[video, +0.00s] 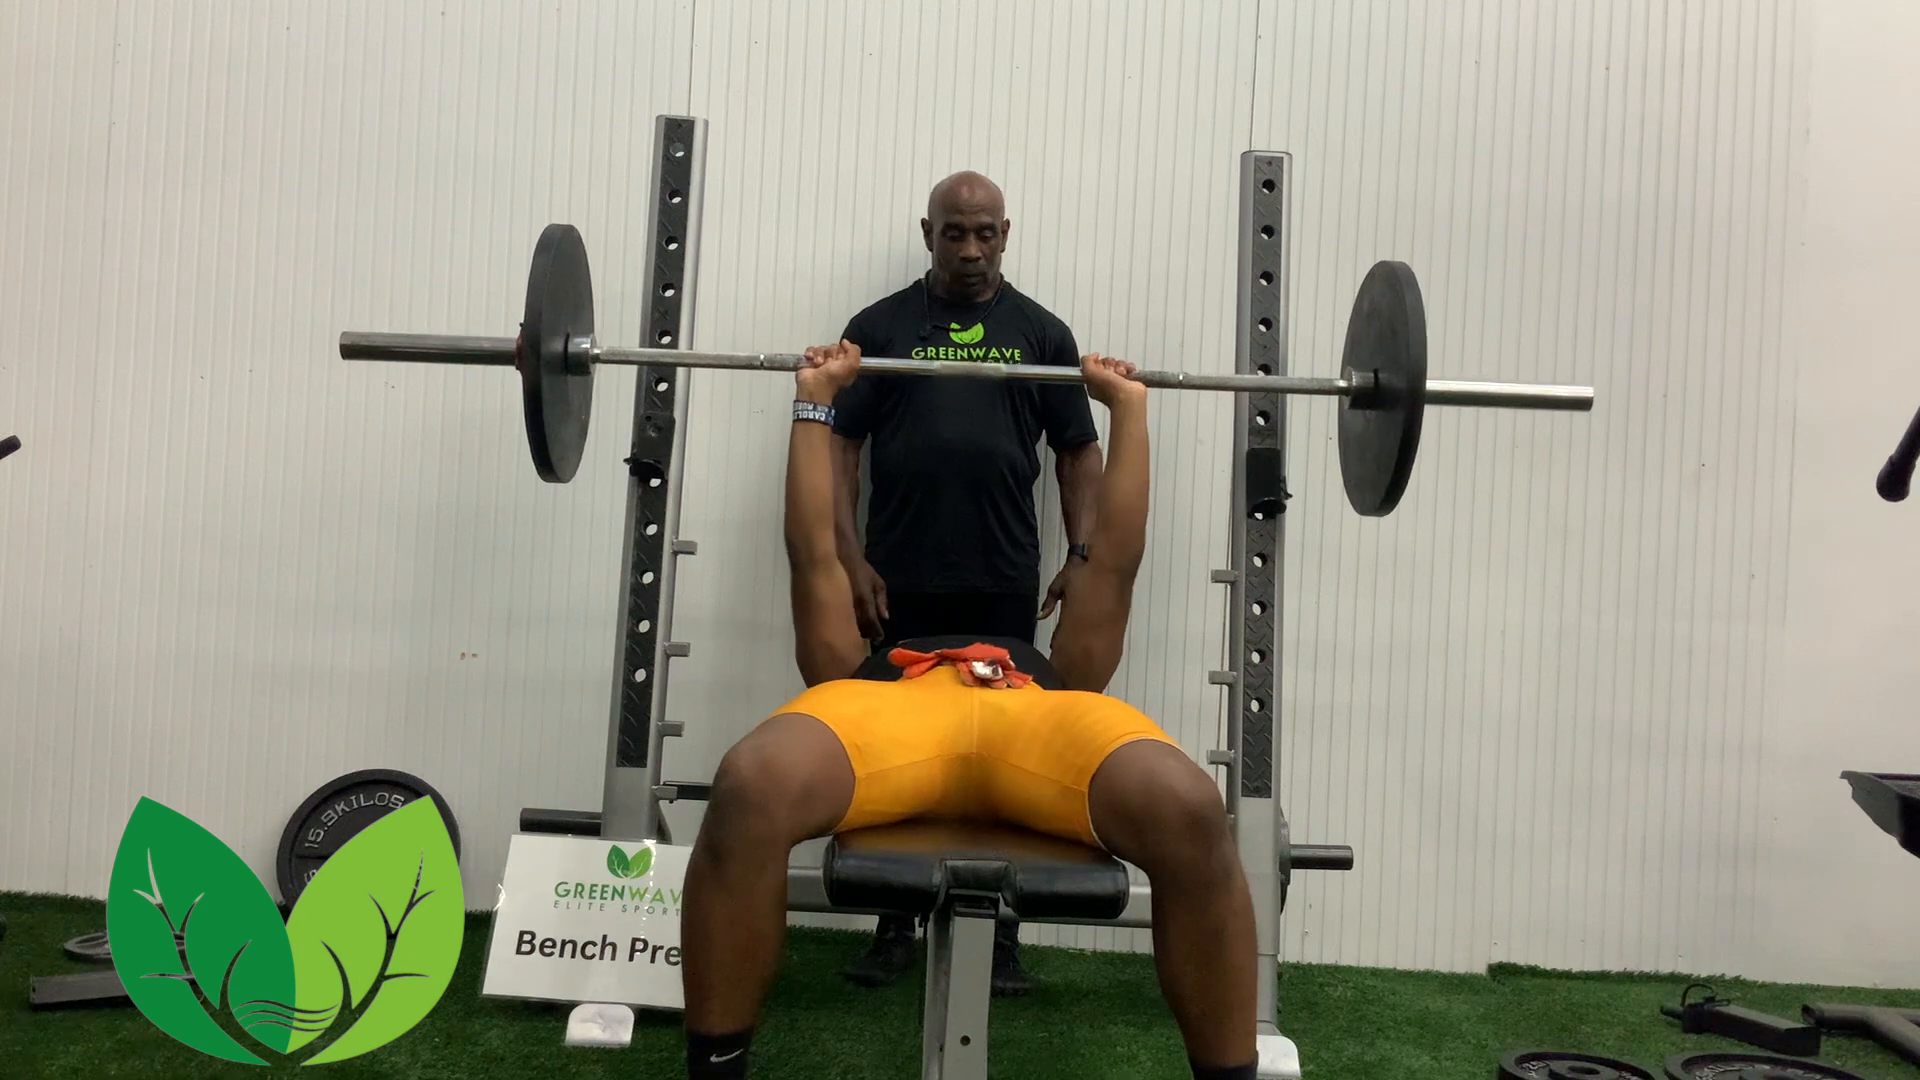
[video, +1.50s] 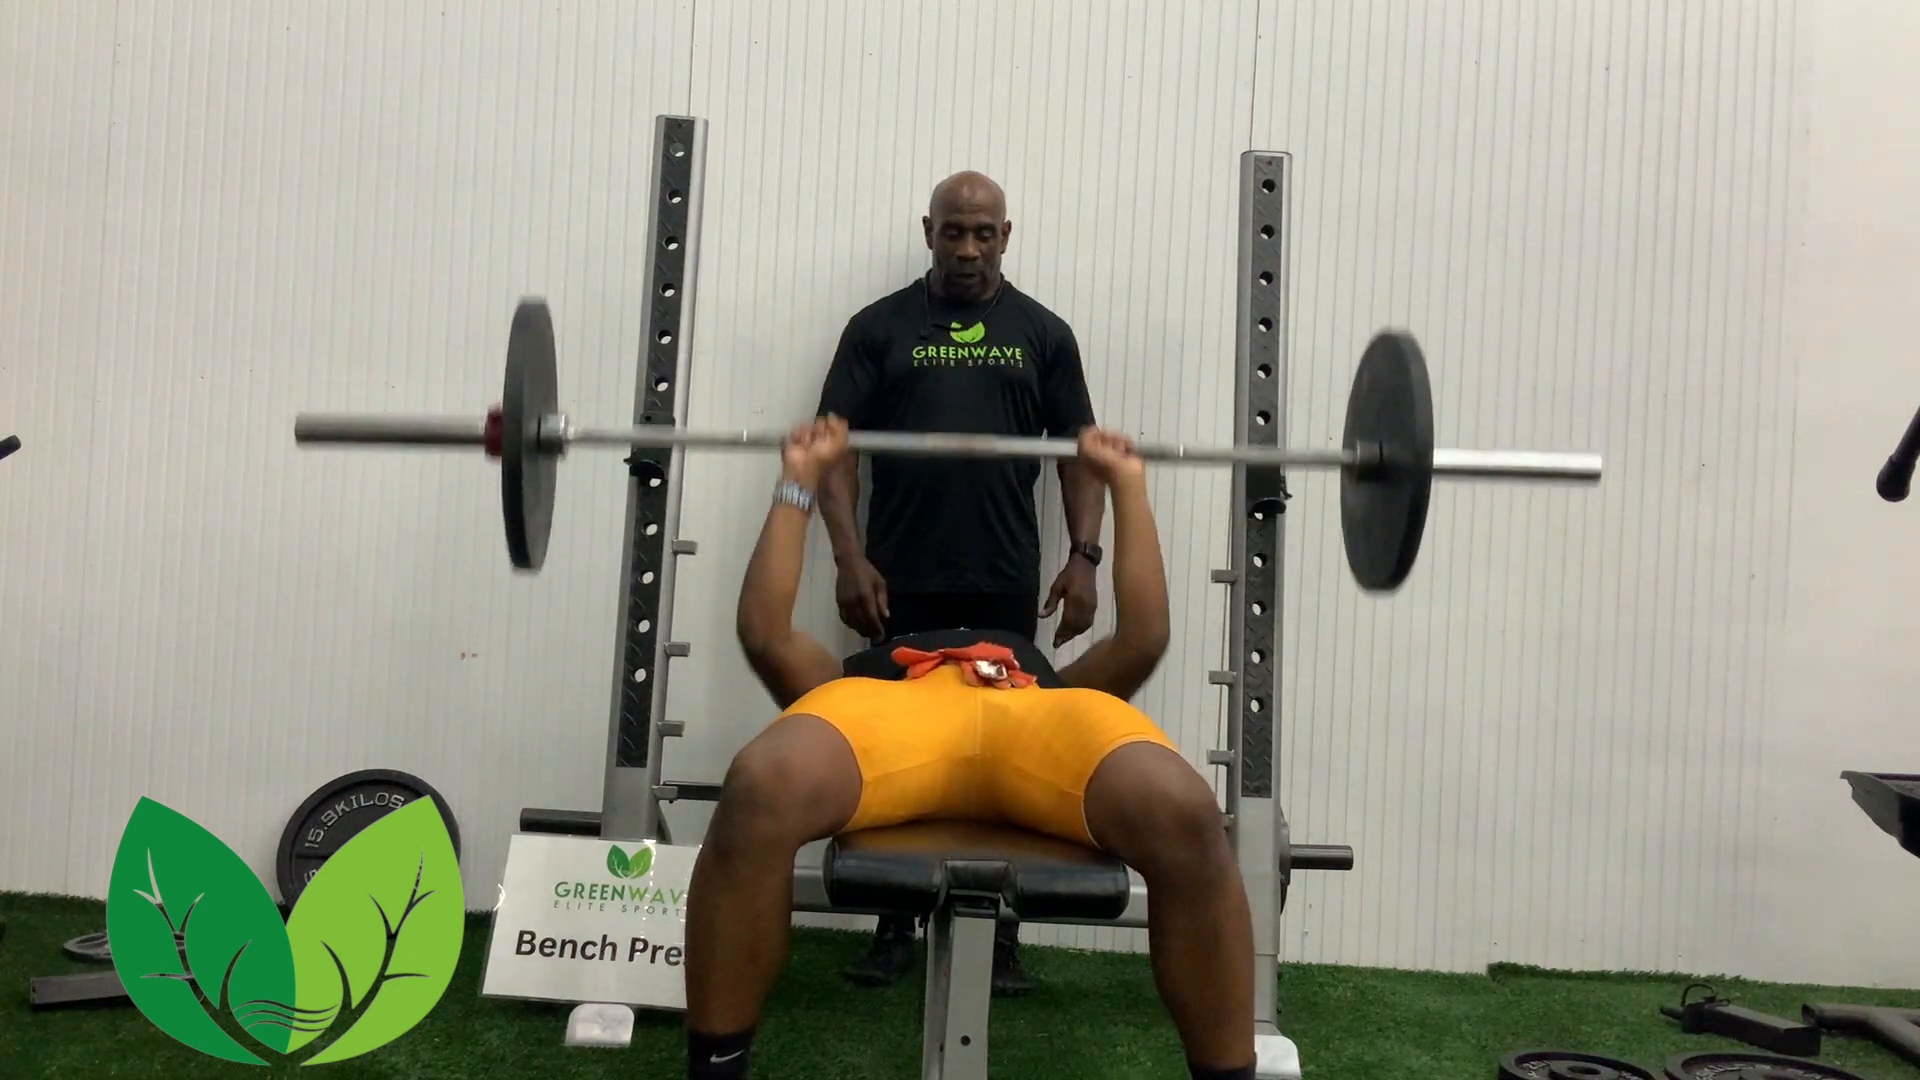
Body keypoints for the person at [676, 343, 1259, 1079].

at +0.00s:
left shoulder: (1062, 683)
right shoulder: (855, 676)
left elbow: (1111, 559)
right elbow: (815, 550)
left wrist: (1128, 404)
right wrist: (813, 405)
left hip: (1044, 707)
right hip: (886, 695)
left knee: (1193, 813)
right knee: (748, 788)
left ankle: (1230, 1070)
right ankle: (715, 1065)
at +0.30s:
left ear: (1029, 676)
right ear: (901, 660)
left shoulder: (1056, 686)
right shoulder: (861, 680)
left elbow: (1142, 639)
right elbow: (766, 626)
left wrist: (1131, 493)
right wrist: (803, 487)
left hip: (1044, 711)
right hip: (883, 706)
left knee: (1190, 815)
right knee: (755, 785)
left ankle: (1232, 1071)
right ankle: (715, 1065)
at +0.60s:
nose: (969, 654)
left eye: (994, 656)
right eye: (940, 653)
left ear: (1028, 687)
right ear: (910, 665)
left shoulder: (1047, 700)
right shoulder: (883, 683)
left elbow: (1134, 749)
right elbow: (771, 760)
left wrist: (1130, 642)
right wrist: (801, 636)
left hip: (1044, 714)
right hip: (888, 702)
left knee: (1187, 817)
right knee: (752, 791)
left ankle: (1232, 1073)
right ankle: (713, 1071)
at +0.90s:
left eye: (1005, 666)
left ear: (1027, 682)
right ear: (907, 662)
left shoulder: (1045, 685)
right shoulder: (884, 688)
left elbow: (1151, 738)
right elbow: (761, 743)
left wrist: (1132, 598)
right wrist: (793, 589)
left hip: (1040, 712)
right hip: (890, 703)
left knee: (1189, 817)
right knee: (759, 788)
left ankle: (1228, 1071)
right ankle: (716, 1063)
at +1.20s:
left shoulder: (1056, 683)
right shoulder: (857, 679)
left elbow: (1098, 559)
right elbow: (820, 549)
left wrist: (1124, 403)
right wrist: (809, 396)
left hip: (1047, 713)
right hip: (887, 706)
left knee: (1194, 809)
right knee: (762, 789)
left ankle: (1232, 1072)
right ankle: (720, 1068)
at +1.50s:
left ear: (1026, 674)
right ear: (902, 656)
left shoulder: (1056, 685)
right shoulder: (857, 677)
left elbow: (1142, 634)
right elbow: (765, 630)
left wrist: (1129, 485)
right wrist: (797, 488)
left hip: (1041, 711)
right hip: (881, 705)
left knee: (1188, 819)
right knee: (759, 785)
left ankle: (1230, 1073)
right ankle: (715, 1065)